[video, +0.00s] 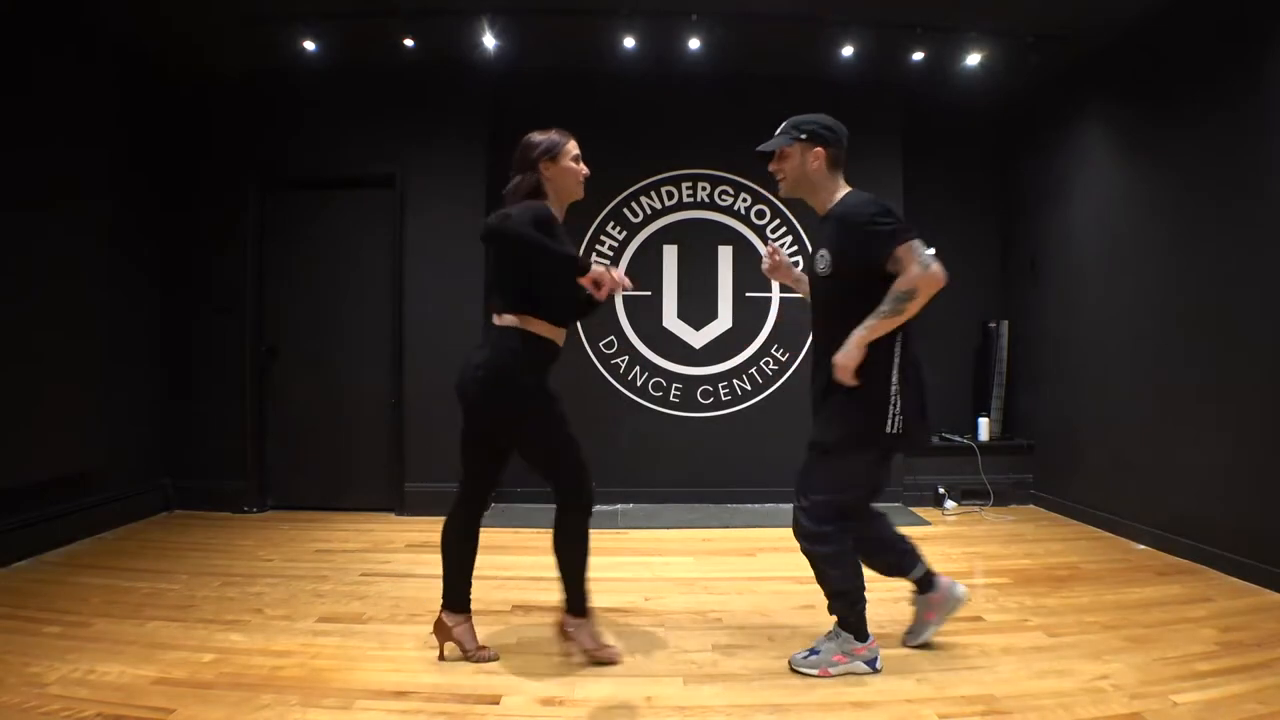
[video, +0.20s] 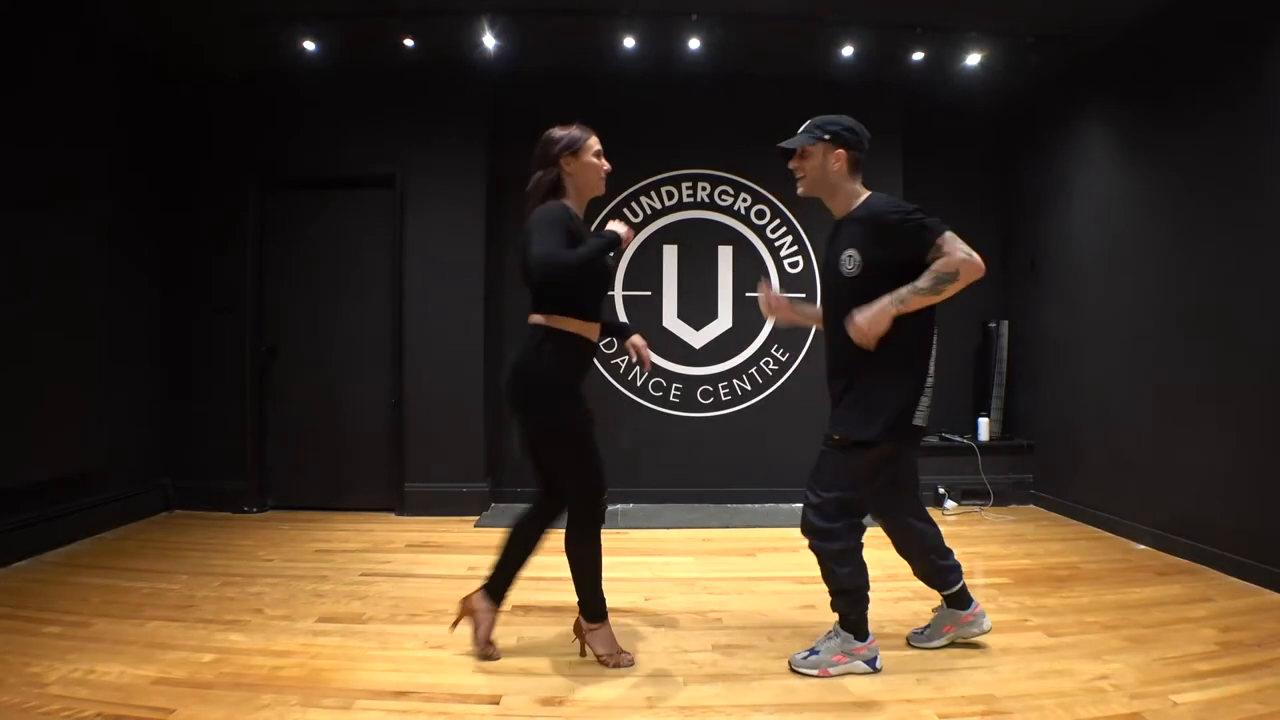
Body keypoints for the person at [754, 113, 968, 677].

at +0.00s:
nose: (774, 167)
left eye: (783, 156)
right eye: (774, 158)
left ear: (818, 157)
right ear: (813, 160)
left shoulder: (862, 214)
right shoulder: (833, 226)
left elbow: (928, 276)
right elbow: (845, 298)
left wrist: (859, 340)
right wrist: (795, 279)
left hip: (865, 400)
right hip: (847, 397)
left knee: (818, 515)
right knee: (841, 509)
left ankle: (853, 638)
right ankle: (932, 586)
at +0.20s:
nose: (794, 166)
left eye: (803, 155)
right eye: (794, 157)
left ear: (838, 158)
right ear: (828, 162)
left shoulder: (887, 216)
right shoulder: (840, 233)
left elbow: (966, 264)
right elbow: (853, 316)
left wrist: (889, 304)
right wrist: (792, 312)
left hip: (883, 405)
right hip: (863, 403)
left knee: (827, 517)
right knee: (899, 509)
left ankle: (853, 638)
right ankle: (961, 608)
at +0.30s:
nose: (807, 167)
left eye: (817, 155)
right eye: (807, 158)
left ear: (852, 158)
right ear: (841, 162)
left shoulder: (905, 215)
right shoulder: (847, 235)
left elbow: (946, 298)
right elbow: (877, 319)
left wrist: (862, 275)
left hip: (905, 398)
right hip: (878, 397)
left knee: (842, 506)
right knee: (896, 510)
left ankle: (874, 627)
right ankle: (957, 605)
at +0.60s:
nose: (832, 190)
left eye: (837, 175)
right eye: (828, 179)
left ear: (870, 163)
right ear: (862, 170)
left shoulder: (916, 221)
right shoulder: (883, 227)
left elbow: (978, 289)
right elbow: (893, 304)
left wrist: (919, 358)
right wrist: (843, 283)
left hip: (918, 402)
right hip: (882, 398)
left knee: (888, 512)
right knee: (873, 507)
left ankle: (903, 630)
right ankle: (962, 582)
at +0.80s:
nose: (844, 188)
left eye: (851, 174)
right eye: (841, 179)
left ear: (887, 165)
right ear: (868, 174)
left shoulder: (949, 219)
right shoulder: (877, 249)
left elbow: (1030, 264)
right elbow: (897, 321)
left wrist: (952, 293)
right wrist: (852, 331)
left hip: (942, 398)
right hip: (910, 399)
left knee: (869, 501)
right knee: (949, 501)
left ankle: (907, 624)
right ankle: (998, 607)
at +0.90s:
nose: (843, 182)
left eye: (851, 169)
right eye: (840, 173)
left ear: (887, 163)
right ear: (870, 172)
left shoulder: (951, 220)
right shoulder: (876, 247)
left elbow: (1018, 284)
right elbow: (889, 312)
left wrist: (938, 272)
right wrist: (870, 358)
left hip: (947, 400)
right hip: (911, 402)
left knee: (873, 503)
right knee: (949, 502)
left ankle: (922, 623)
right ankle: (999, 606)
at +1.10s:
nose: (830, 162)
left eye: (839, 150)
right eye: (829, 153)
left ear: (875, 151)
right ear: (862, 156)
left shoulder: (925, 213)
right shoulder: (869, 231)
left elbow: (936, 305)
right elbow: (885, 316)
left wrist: (857, 296)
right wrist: (856, 374)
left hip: (935, 389)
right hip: (892, 390)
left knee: (924, 509)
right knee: (892, 503)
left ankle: (945, 639)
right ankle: (969, 583)